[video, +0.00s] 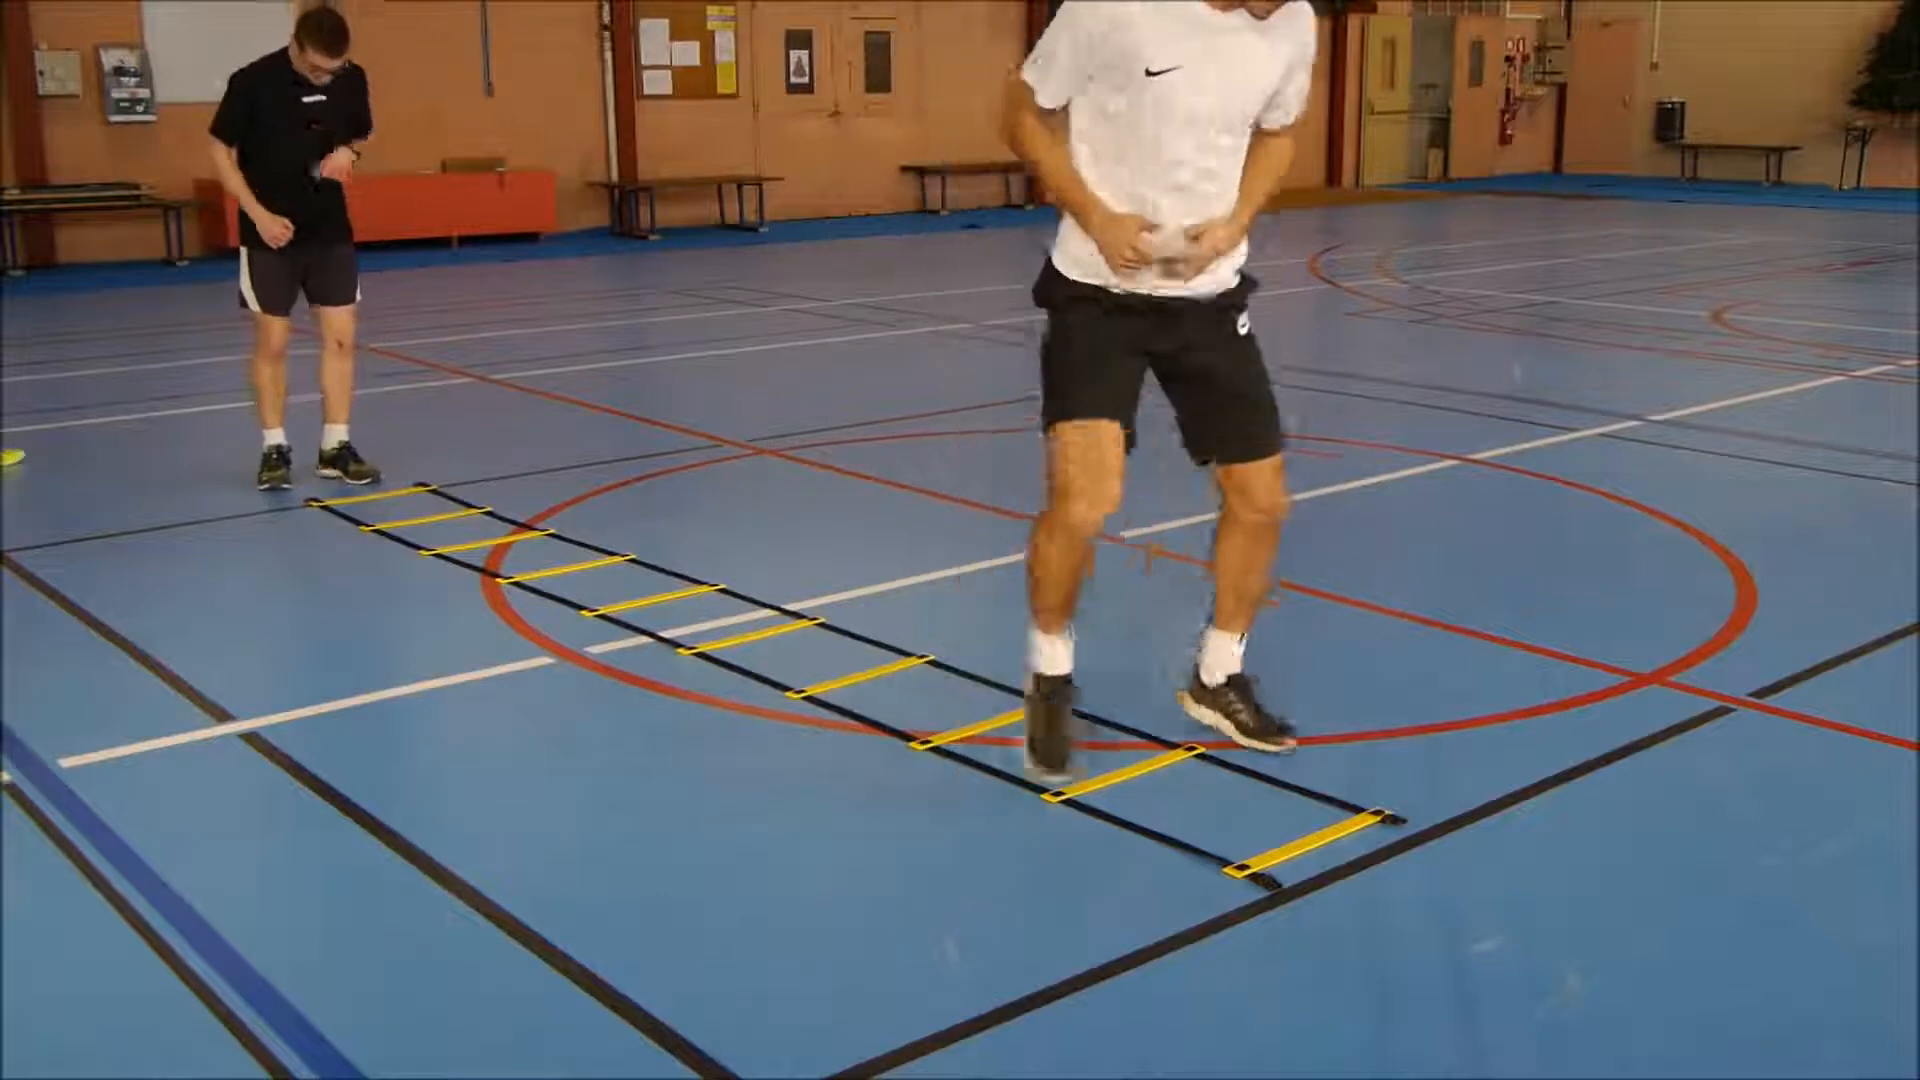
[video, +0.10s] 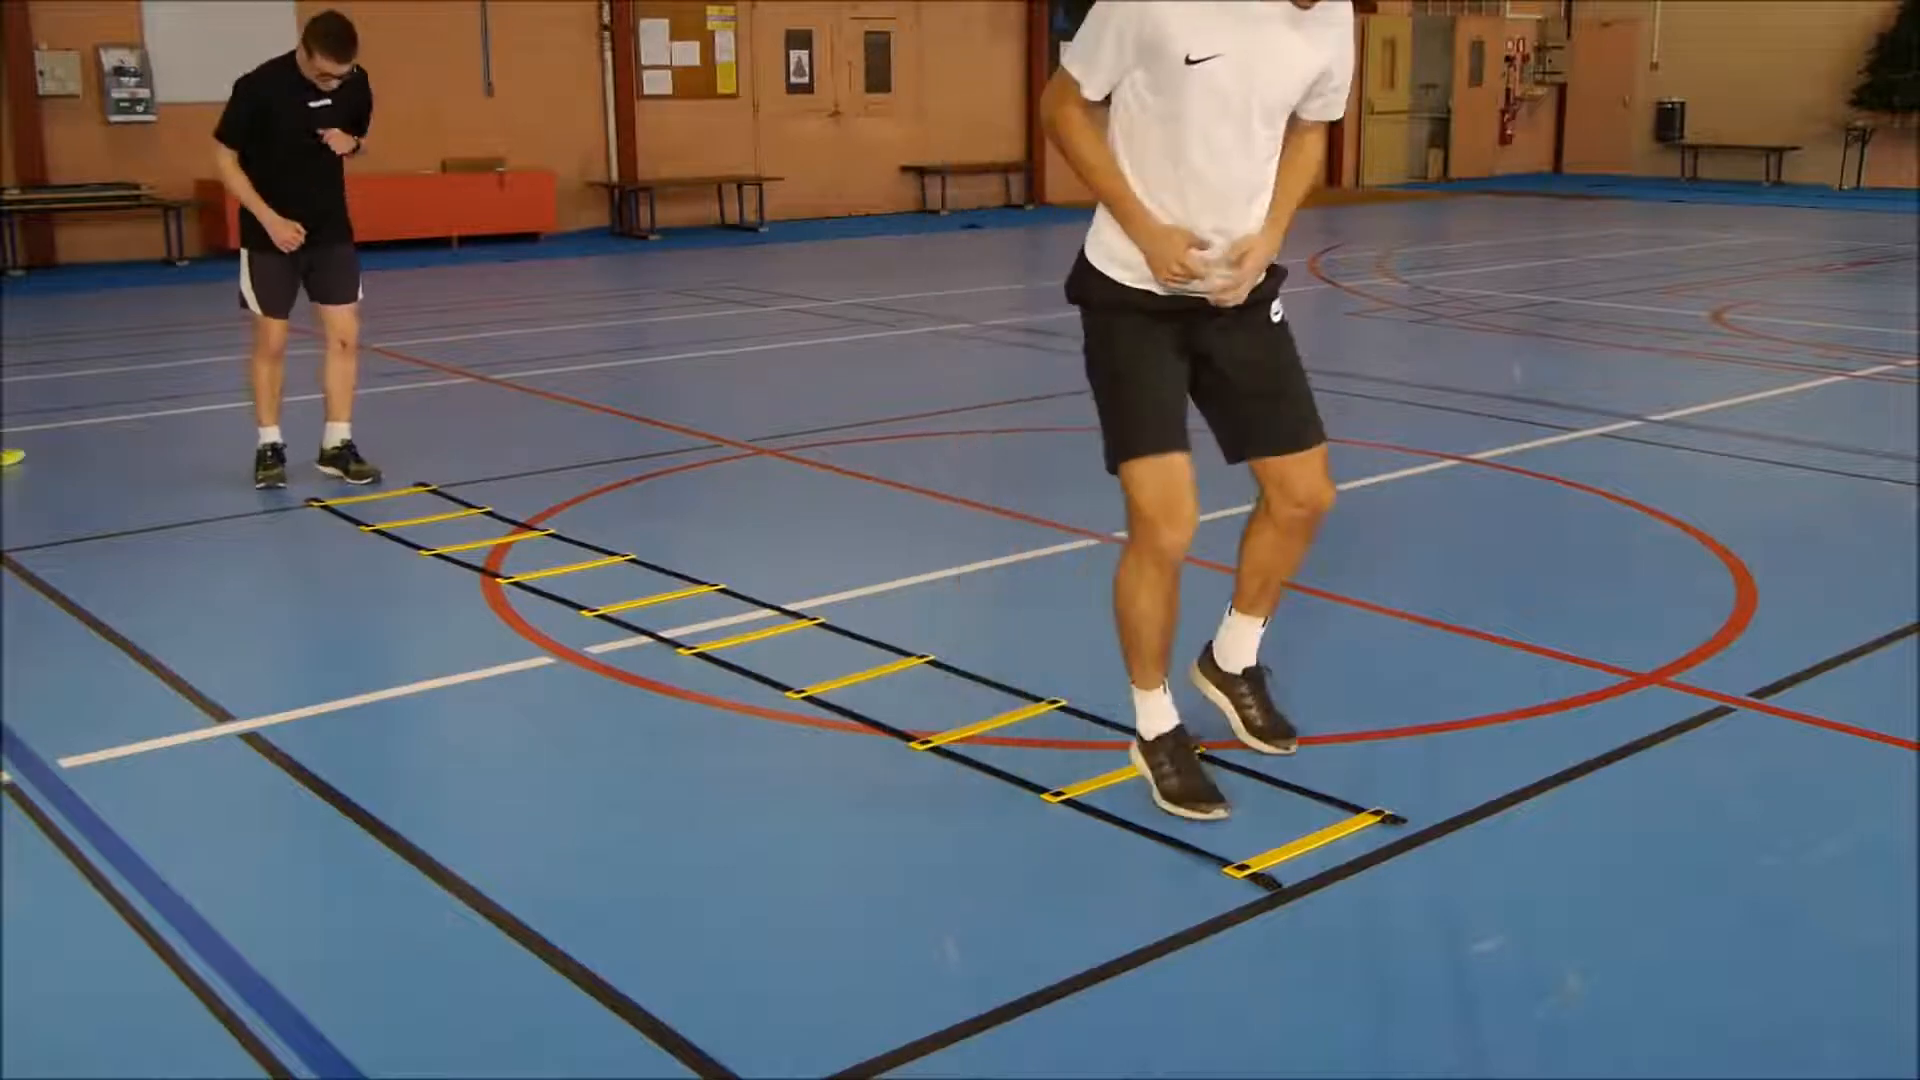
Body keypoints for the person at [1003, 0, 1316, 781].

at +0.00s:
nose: (1266, 3)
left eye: (1276, 2)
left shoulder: (1293, 22)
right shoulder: (1106, 13)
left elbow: (1277, 133)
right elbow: (1026, 113)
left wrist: (1235, 220)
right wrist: (1094, 217)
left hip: (1209, 300)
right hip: (1096, 295)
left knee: (1261, 500)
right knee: (1085, 500)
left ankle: (1218, 675)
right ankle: (1050, 674)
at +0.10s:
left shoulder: (1331, 16)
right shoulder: (1144, 8)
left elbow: (1310, 130)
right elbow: (1064, 105)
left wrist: (1270, 236)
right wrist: (1143, 226)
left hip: (1243, 292)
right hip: (1130, 291)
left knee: (1301, 494)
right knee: (1164, 526)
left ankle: (1232, 661)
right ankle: (1155, 726)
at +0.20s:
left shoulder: (1347, 12)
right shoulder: (1161, 8)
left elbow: (1325, 123)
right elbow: (1076, 96)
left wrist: (1293, 212)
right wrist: (1152, 223)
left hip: (1265, 289)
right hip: (1153, 292)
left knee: (1335, 486)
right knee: (1183, 533)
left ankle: (1219, 655)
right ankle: (1157, 725)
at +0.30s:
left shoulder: (1401, 9)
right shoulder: (1191, 6)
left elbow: (1377, 121)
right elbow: (1107, 84)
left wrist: (1327, 208)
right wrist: (1170, 213)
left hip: (1289, 290)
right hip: (1178, 280)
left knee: (1296, 523)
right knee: (1218, 521)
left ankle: (1193, 721)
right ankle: (1141, 705)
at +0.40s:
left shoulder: (1425, 13)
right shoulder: (1220, 8)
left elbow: (1402, 135)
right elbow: (1135, 109)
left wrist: (1350, 224)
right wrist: (1204, 227)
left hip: (1319, 308)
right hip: (1201, 296)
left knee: (1335, 536)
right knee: (1212, 533)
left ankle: (1207, 715)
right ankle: (1127, 743)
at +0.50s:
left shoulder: (1436, 19)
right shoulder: (1284, 18)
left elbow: (1362, 142)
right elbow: (1178, 163)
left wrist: (1386, 224)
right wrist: (1306, 284)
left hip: (1357, 340)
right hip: (1253, 343)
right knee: (1189, 598)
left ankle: (1319, 675)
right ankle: (1070, 808)